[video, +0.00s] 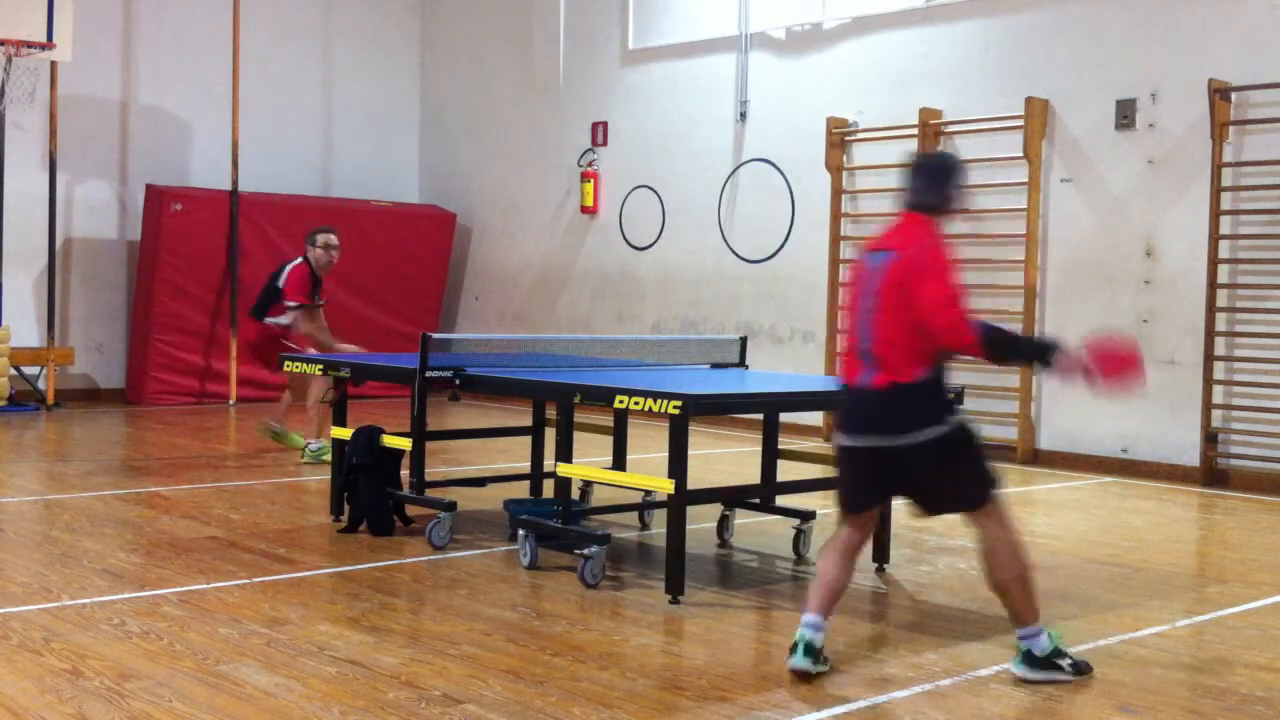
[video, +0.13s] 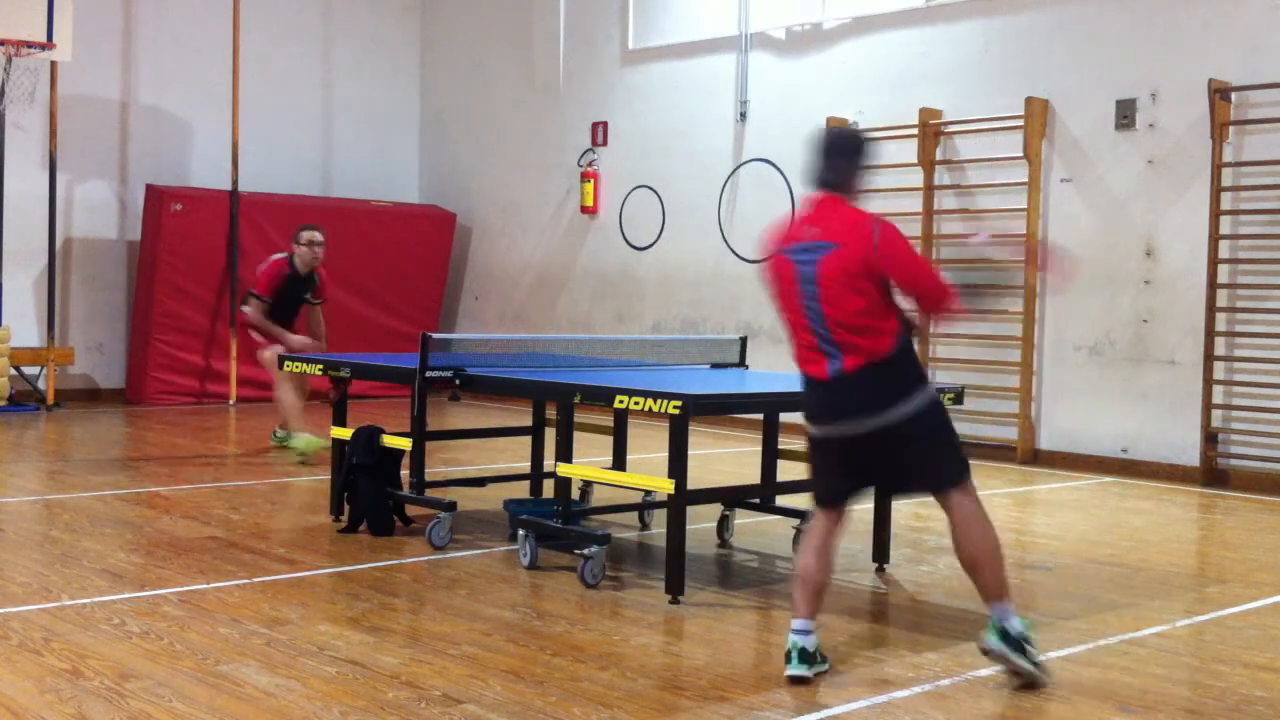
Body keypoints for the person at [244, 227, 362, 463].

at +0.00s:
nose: (334, 255)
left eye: (337, 250)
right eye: (328, 248)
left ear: (338, 253)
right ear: (310, 250)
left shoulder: (315, 275)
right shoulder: (300, 272)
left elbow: (318, 321)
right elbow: (302, 324)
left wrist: (333, 348)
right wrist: (337, 347)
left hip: (279, 336)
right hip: (264, 336)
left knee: (306, 375)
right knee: (323, 372)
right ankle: (315, 444)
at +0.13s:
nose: (317, 251)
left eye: (320, 246)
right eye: (310, 245)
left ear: (324, 250)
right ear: (295, 248)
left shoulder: (316, 276)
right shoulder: (275, 270)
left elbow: (315, 318)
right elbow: (253, 314)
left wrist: (323, 355)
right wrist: (289, 338)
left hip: (286, 332)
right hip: (258, 328)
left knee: (302, 382)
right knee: (282, 369)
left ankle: (282, 430)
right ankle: (298, 434)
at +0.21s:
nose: (304, 247)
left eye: (308, 242)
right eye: (298, 242)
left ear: (311, 246)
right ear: (283, 245)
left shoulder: (306, 274)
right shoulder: (263, 264)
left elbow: (309, 315)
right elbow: (236, 306)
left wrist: (315, 353)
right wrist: (265, 334)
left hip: (279, 327)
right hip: (251, 325)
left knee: (299, 375)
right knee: (262, 361)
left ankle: (283, 430)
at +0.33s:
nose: (284, 244)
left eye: (289, 239)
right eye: (278, 238)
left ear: (293, 243)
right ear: (265, 241)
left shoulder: (291, 269)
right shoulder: (247, 261)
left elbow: (294, 305)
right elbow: (217, 302)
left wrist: (297, 340)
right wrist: (241, 332)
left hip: (265, 325)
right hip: (232, 323)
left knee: (293, 374)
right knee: (220, 372)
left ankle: (284, 431)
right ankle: (175, 426)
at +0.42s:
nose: (271, 247)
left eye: (276, 242)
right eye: (265, 241)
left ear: (280, 245)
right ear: (253, 244)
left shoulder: (278, 272)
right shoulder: (234, 264)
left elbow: (285, 307)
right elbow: (202, 303)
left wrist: (285, 335)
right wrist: (224, 332)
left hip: (257, 332)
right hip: (222, 329)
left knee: (288, 375)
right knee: (196, 381)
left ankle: (285, 431)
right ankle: (155, 432)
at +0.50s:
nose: (259, 247)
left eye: (264, 243)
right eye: (253, 242)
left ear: (269, 246)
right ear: (242, 244)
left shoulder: (271, 273)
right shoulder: (223, 265)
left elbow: (286, 312)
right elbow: (191, 298)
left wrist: (270, 331)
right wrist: (201, 319)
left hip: (248, 330)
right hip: (216, 327)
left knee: (281, 378)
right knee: (192, 377)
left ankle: (286, 432)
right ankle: (154, 432)